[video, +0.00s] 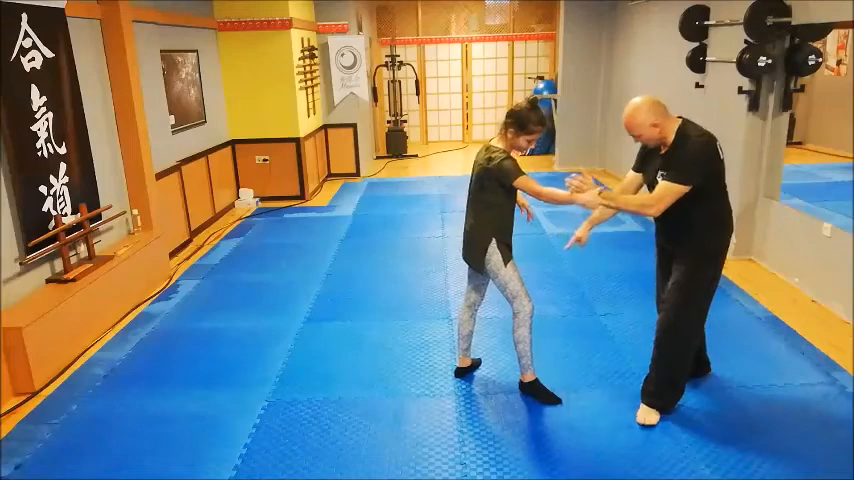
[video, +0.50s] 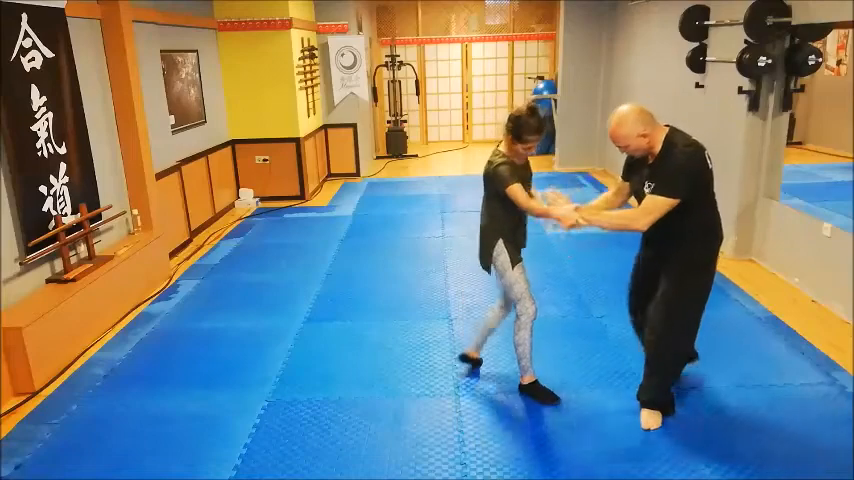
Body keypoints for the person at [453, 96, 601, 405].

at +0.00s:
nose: (531, 146)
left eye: (534, 141)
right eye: (528, 141)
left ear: (511, 130)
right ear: (511, 131)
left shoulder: (489, 150)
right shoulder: (503, 163)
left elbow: (499, 181)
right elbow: (541, 193)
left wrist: (517, 199)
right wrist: (580, 198)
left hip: (475, 238)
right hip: (490, 243)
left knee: (472, 301)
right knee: (522, 306)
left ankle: (463, 361)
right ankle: (528, 378)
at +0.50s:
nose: (530, 152)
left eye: (534, 147)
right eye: (525, 147)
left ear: (537, 138)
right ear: (510, 137)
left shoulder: (519, 158)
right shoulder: (501, 168)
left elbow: (527, 194)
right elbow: (526, 205)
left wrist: (548, 206)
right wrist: (558, 214)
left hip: (510, 240)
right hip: (499, 244)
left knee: (506, 304)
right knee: (526, 310)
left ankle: (472, 352)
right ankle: (527, 379)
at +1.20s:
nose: (499, 183)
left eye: (501, 176)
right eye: (492, 180)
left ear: (511, 162)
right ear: (485, 174)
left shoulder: (536, 161)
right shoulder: (483, 182)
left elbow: (559, 182)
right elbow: (500, 225)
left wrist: (547, 222)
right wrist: (517, 234)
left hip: (546, 240)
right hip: (509, 246)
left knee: (554, 299)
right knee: (510, 314)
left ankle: (558, 342)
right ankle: (519, 379)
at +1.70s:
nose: (495, 210)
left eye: (497, 204)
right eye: (489, 209)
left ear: (505, 185)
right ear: (481, 198)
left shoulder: (534, 177)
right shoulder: (484, 201)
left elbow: (558, 191)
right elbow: (507, 235)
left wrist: (548, 232)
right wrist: (537, 263)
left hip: (543, 241)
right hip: (509, 247)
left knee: (554, 298)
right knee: (512, 312)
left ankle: (556, 342)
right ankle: (520, 381)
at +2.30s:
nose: (510, 161)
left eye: (514, 154)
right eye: (503, 154)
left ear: (521, 148)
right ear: (490, 149)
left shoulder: (517, 163)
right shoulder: (482, 175)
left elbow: (522, 191)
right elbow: (520, 217)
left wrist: (534, 213)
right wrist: (560, 245)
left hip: (518, 240)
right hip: (488, 248)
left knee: (530, 295)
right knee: (498, 319)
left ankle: (542, 345)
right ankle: (506, 376)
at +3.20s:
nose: (486, 120)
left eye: (484, 114)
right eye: (482, 114)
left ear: (456, 120)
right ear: (467, 119)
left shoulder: (429, 156)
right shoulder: (479, 162)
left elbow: (409, 204)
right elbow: (507, 217)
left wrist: (438, 211)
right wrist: (548, 243)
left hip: (439, 253)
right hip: (477, 252)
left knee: (442, 321)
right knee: (503, 308)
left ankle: (442, 391)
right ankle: (502, 382)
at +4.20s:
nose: (506, 132)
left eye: (507, 125)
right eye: (504, 125)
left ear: (478, 122)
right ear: (491, 122)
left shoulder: (448, 157)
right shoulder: (497, 163)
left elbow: (432, 201)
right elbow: (539, 196)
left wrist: (464, 205)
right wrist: (576, 188)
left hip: (456, 252)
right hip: (489, 253)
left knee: (457, 317)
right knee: (501, 324)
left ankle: (451, 383)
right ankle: (518, 391)